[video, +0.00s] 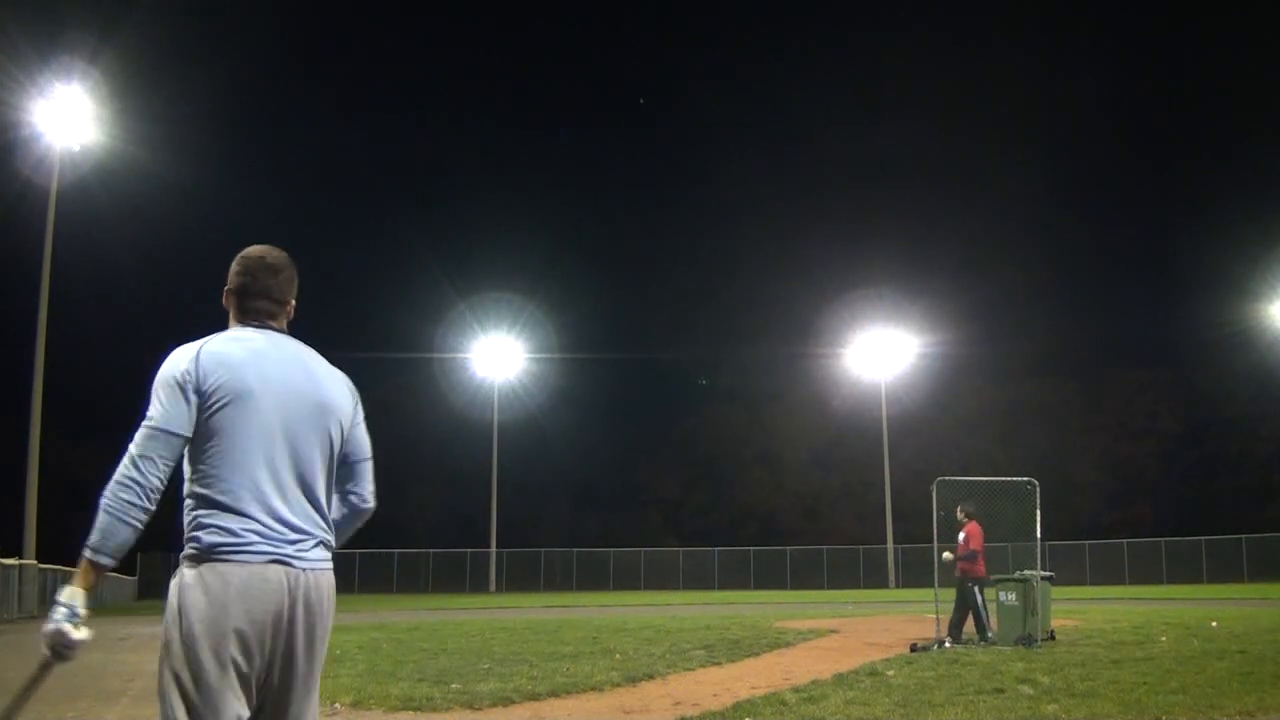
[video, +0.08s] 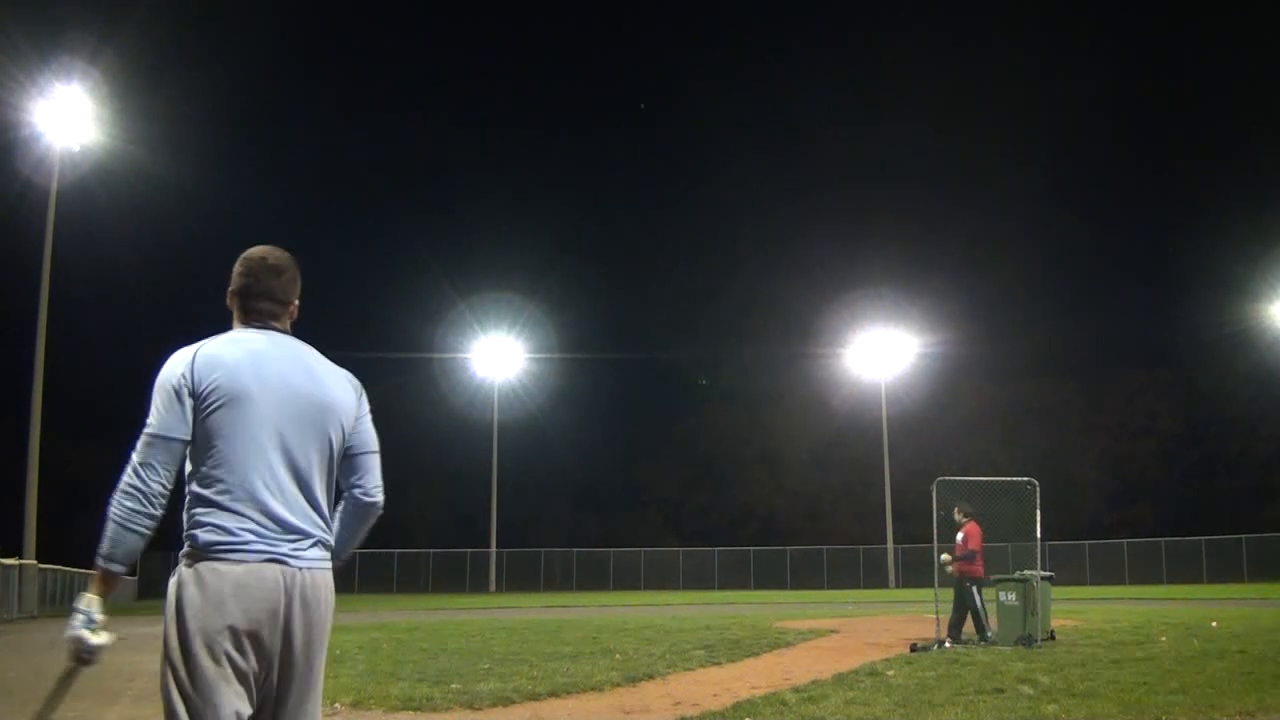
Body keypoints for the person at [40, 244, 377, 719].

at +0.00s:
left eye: (226, 290)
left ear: (226, 298)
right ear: (290, 309)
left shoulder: (194, 362)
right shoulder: (337, 383)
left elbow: (141, 477)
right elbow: (359, 497)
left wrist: (79, 588)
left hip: (221, 585)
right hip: (312, 589)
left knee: (205, 711)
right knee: (293, 714)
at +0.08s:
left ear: (230, 300)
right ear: (294, 309)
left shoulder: (192, 364)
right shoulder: (343, 384)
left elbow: (147, 483)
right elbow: (368, 494)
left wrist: (95, 592)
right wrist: (319, 560)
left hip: (218, 584)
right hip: (310, 590)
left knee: (213, 711)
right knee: (296, 712)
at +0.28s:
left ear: (249, 305)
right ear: (312, 315)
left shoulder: (199, 370)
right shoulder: (352, 389)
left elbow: (169, 498)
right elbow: (378, 505)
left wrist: (161, 591)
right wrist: (355, 589)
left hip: (219, 589)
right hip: (314, 592)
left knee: (212, 710)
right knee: (303, 712)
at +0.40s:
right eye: (322, 312)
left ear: (259, 311)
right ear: (319, 319)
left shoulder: (204, 371)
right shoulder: (355, 389)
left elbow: (175, 502)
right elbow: (375, 509)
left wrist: (192, 574)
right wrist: (362, 586)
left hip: (226, 591)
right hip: (325, 593)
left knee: (202, 712)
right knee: (316, 713)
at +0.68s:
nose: (311, 321)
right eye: (312, 315)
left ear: (251, 314)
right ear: (310, 319)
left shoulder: (195, 378)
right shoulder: (341, 387)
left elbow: (162, 497)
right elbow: (371, 497)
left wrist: (204, 554)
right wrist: (399, 557)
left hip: (214, 590)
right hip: (309, 588)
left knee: (208, 713)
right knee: (313, 712)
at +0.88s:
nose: (283, 320)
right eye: (283, 313)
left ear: (221, 317)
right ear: (278, 319)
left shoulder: (164, 389)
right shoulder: (304, 388)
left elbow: (158, 503)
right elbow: (348, 490)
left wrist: (213, 532)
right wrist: (401, 549)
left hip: (189, 592)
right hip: (278, 592)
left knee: (192, 713)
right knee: (294, 712)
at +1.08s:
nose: (245, 318)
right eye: (243, 309)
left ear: (181, 316)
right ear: (238, 314)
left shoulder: (136, 386)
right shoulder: (262, 382)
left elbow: (186, 465)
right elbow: (318, 480)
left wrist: (275, 482)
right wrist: (378, 546)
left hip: (153, 586)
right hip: (242, 589)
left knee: (157, 712)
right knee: (261, 709)